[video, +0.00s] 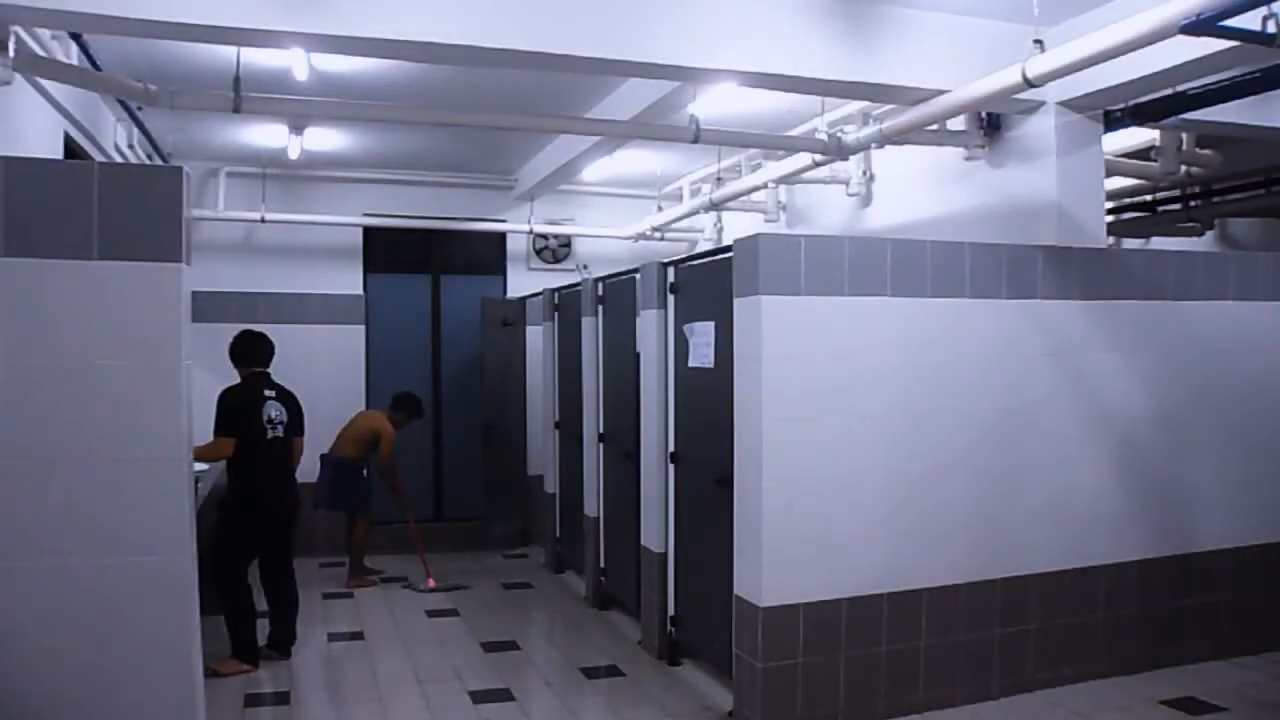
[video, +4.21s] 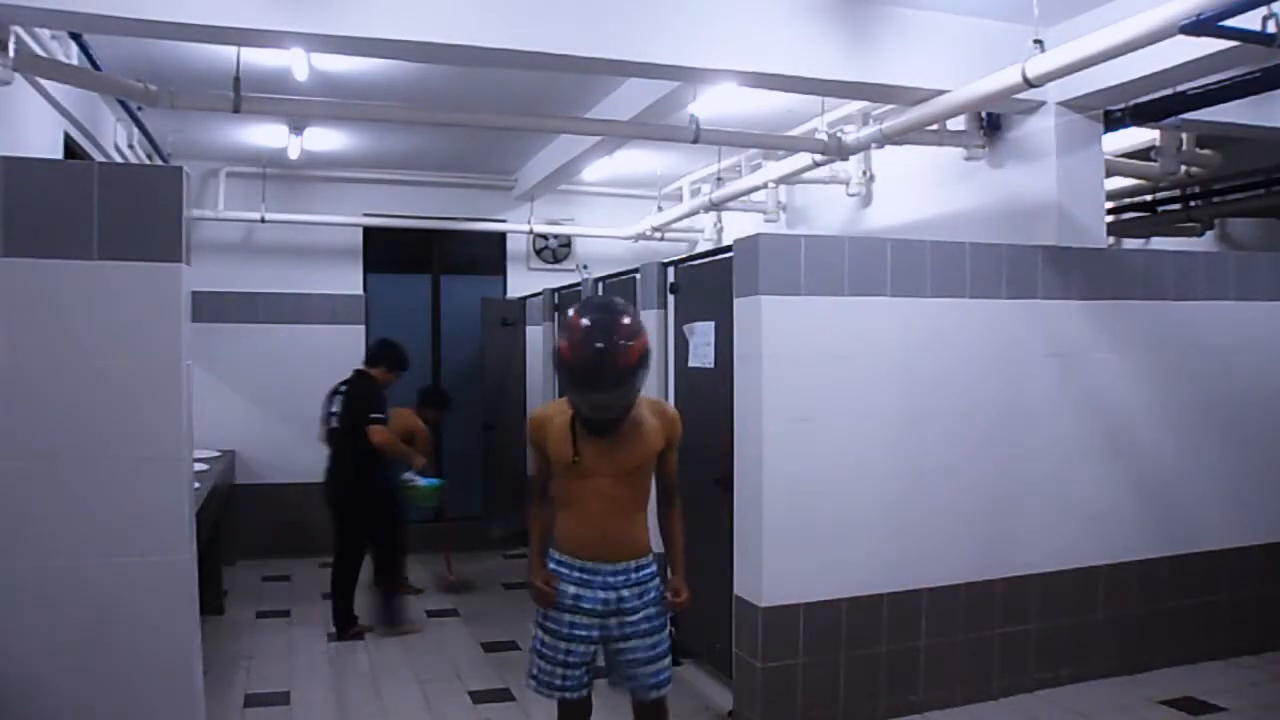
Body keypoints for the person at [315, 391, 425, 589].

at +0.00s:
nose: (405, 425)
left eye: (409, 420)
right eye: (407, 420)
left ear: (392, 407)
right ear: (402, 414)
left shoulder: (370, 416)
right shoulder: (385, 429)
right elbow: (385, 466)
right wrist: (399, 495)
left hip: (333, 466)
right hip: (348, 470)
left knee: (354, 518)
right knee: (362, 519)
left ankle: (358, 565)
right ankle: (356, 573)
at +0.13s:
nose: (406, 425)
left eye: (410, 421)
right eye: (408, 420)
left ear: (393, 408)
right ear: (402, 414)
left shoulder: (369, 416)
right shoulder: (387, 429)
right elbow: (387, 465)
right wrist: (400, 494)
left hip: (333, 465)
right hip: (349, 469)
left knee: (354, 518)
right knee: (362, 519)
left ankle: (357, 565)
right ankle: (355, 573)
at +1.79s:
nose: (419, 422)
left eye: (422, 418)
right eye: (420, 417)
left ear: (407, 406)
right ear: (411, 411)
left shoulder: (388, 416)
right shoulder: (389, 426)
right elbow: (384, 464)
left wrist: (398, 443)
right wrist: (399, 491)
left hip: (363, 466)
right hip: (355, 468)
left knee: (377, 519)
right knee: (367, 522)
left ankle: (376, 567)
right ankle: (364, 575)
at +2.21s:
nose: (435, 423)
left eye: (437, 419)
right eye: (435, 418)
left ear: (422, 408)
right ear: (427, 412)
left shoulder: (401, 417)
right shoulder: (411, 429)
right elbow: (404, 465)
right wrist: (419, 493)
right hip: (372, 468)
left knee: (387, 520)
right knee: (376, 522)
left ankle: (390, 569)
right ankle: (364, 576)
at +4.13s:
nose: (440, 418)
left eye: (442, 414)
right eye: (439, 413)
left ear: (423, 404)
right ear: (432, 410)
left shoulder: (399, 414)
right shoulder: (419, 428)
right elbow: (422, 461)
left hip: (373, 467)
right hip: (386, 473)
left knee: (387, 527)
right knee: (393, 528)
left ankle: (390, 574)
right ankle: (392, 578)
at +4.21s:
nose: (438, 418)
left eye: (440, 412)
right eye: (438, 412)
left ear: (421, 403)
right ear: (431, 409)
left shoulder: (396, 413)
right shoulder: (419, 429)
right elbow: (424, 465)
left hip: (372, 471)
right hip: (388, 479)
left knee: (383, 529)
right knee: (395, 530)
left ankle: (383, 576)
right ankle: (396, 579)